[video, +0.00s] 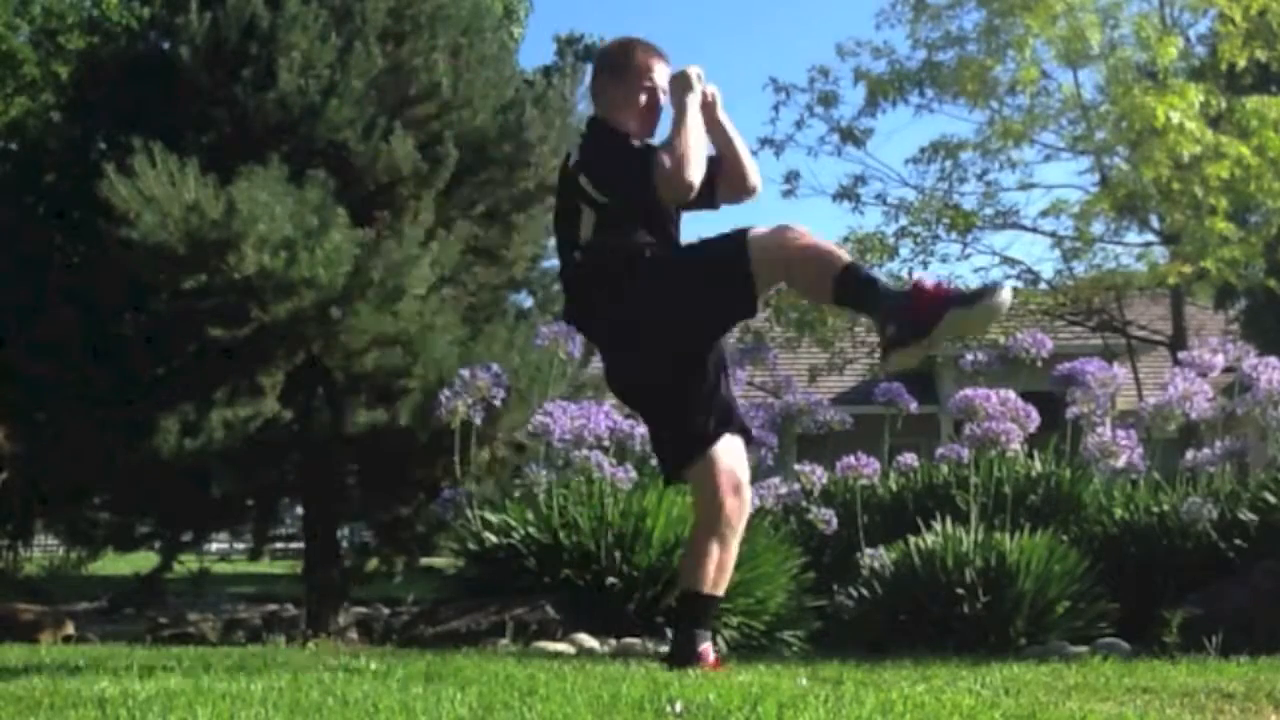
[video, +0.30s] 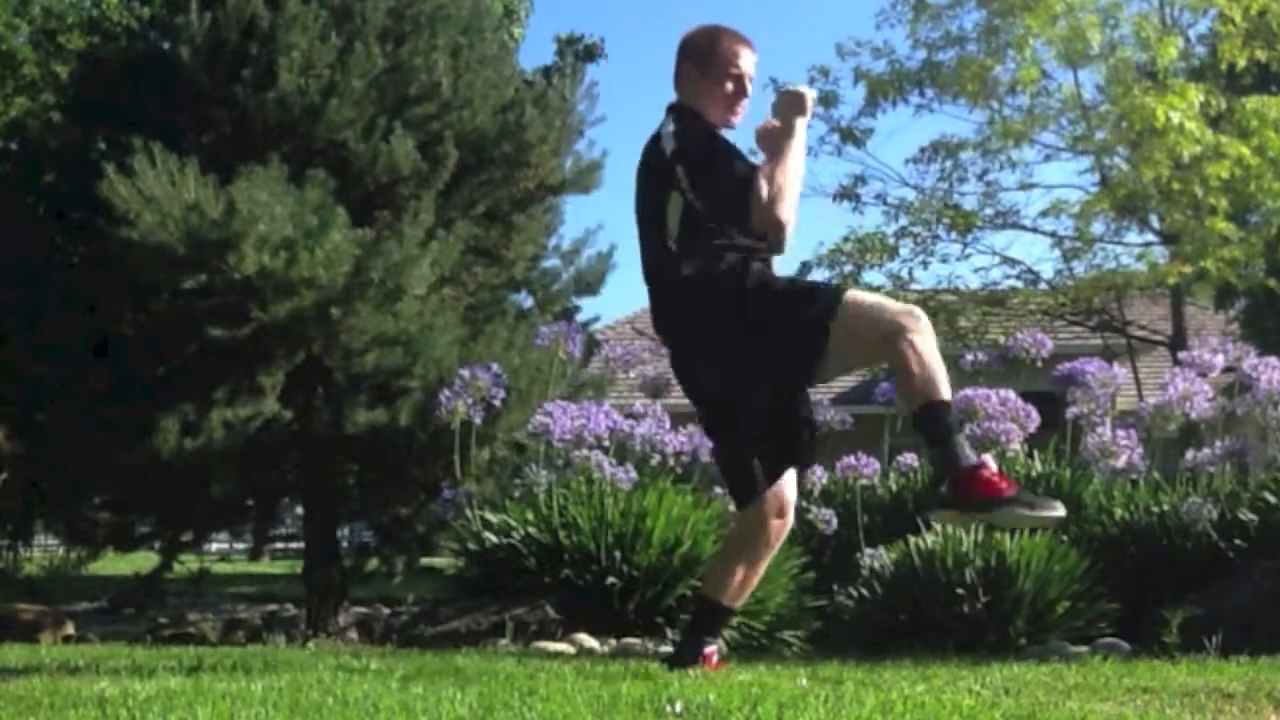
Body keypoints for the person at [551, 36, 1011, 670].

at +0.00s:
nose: (658, 102)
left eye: (662, 93)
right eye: (646, 89)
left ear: (657, 102)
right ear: (606, 89)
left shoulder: (641, 156)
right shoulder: (599, 149)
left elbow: (741, 184)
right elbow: (683, 183)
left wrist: (713, 116)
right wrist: (690, 106)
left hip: (657, 344)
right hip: (644, 307)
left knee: (728, 495)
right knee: (785, 246)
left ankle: (691, 644)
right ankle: (898, 309)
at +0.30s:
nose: (743, 91)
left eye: (747, 82)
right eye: (731, 78)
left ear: (745, 85)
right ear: (688, 74)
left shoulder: (683, 145)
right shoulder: (691, 141)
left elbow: (767, 232)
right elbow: (774, 221)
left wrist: (773, 152)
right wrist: (794, 132)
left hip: (712, 348)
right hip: (742, 319)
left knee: (769, 514)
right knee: (904, 325)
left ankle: (693, 652)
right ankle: (962, 474)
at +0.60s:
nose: (833, 78)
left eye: (836, 66)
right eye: (823, 63)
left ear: (779, 68)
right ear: (780, 59)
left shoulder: (761, 130)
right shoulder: (787, 126)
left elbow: (859, 212)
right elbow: (872, 183)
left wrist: (864, 125)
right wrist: (879, 109)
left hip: (770, 345)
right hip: (810, 338)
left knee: (820, 515)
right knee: (896, 486)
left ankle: (701, 641)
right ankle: (901, 663)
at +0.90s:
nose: (835, 74)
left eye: (838, 63)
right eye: (823, 60)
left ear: (800, 63)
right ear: (778, 56)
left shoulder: (765, 130)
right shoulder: (783, 122)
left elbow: (854, 210)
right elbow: (876, 182)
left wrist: (860, 131)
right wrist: (891, 107)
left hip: (790, 337)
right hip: (830, 328)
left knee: (858, 511)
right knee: (914, 483)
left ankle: (732, 618)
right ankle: (904, 660)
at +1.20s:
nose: (768, 84)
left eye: (772, 73)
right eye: (756, 70)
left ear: (763, 79)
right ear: (711, 67)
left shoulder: (743, 149)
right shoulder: (683, 135)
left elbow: (809, 233)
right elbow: (741, 189)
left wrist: (810, 151)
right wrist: (778, 120)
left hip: (756, 341)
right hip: (724, 342)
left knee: (780, 508)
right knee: (807, 482)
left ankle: (697, 644)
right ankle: (860, 645)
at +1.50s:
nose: (669, 75)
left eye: (675, 66)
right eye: (655, 62)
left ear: (680, 75)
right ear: (616, 64)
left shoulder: (677, 154)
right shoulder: (575, 133)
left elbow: (729, 238)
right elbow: (598, 198)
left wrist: (723, 164)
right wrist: (667, 138)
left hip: (684, 338)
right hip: (611, 334)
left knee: (699, 495)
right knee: (636, 488)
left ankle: (686, 642)